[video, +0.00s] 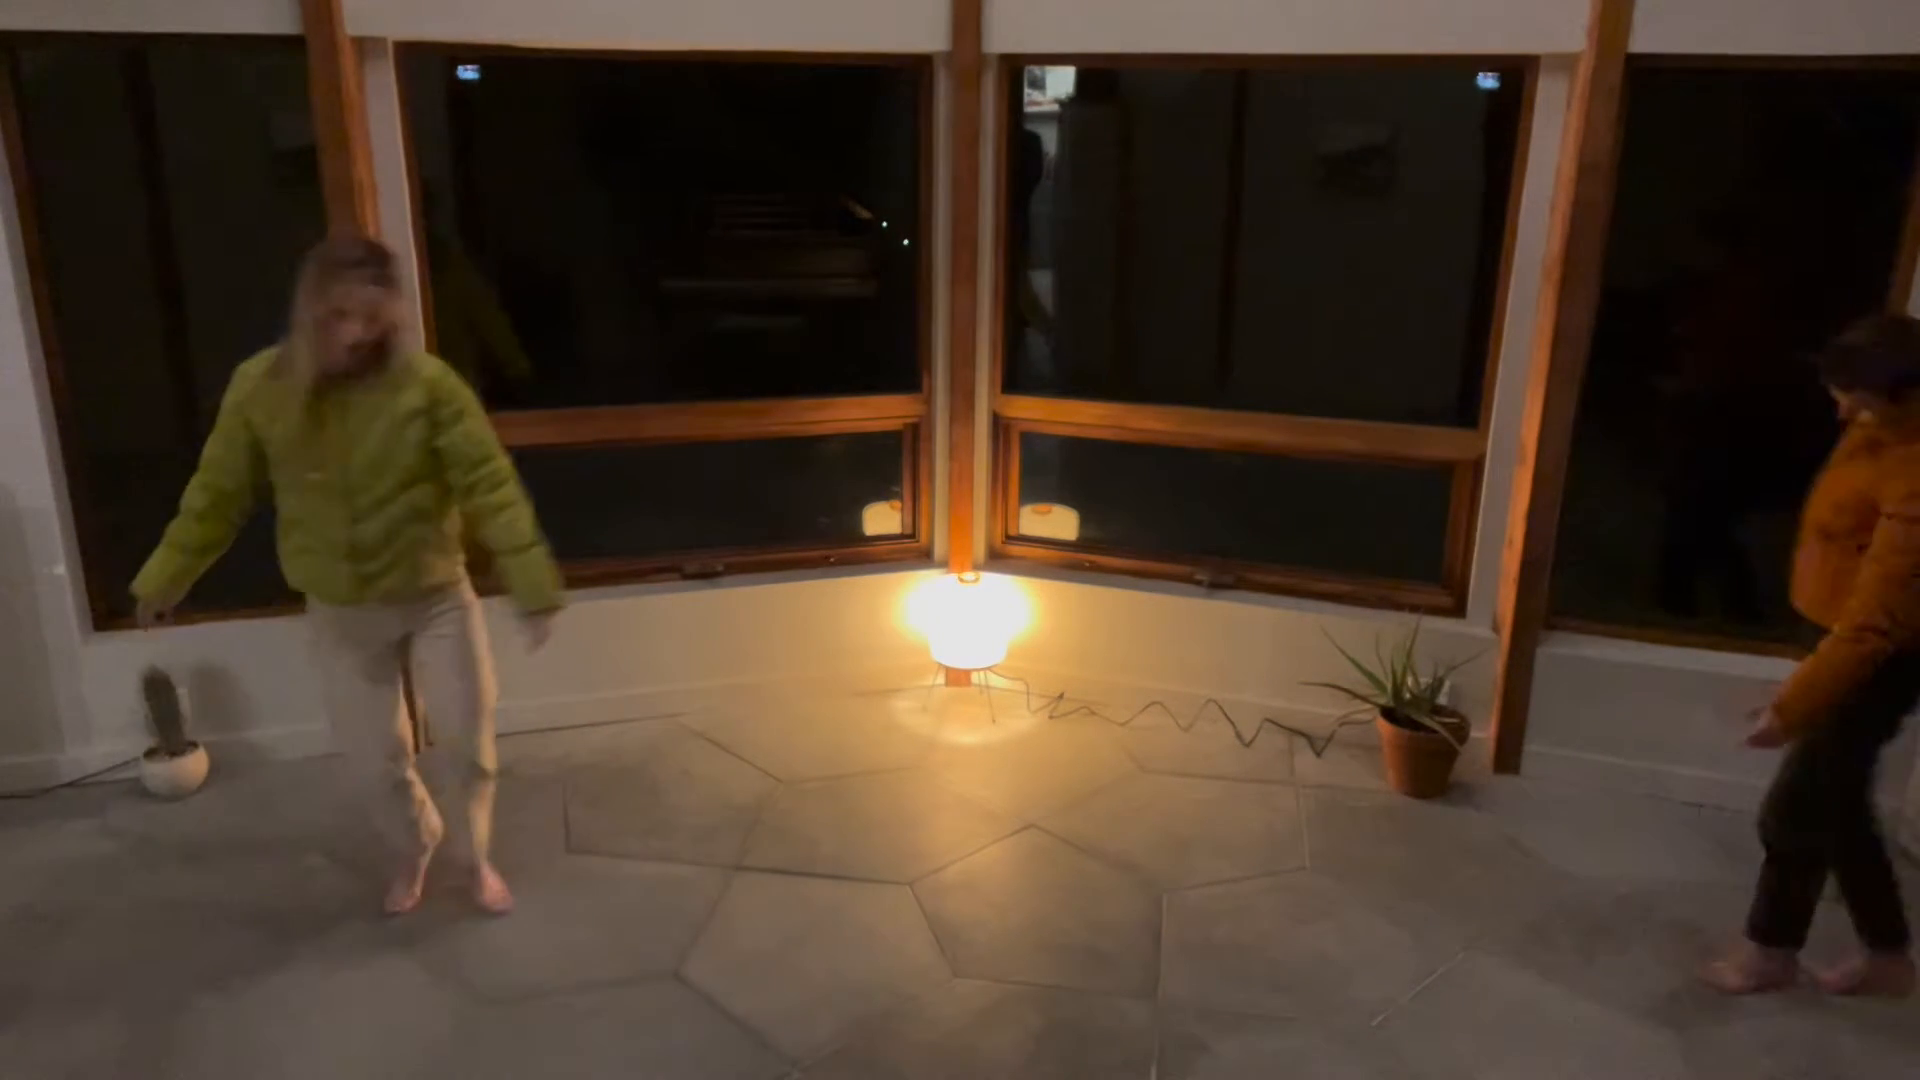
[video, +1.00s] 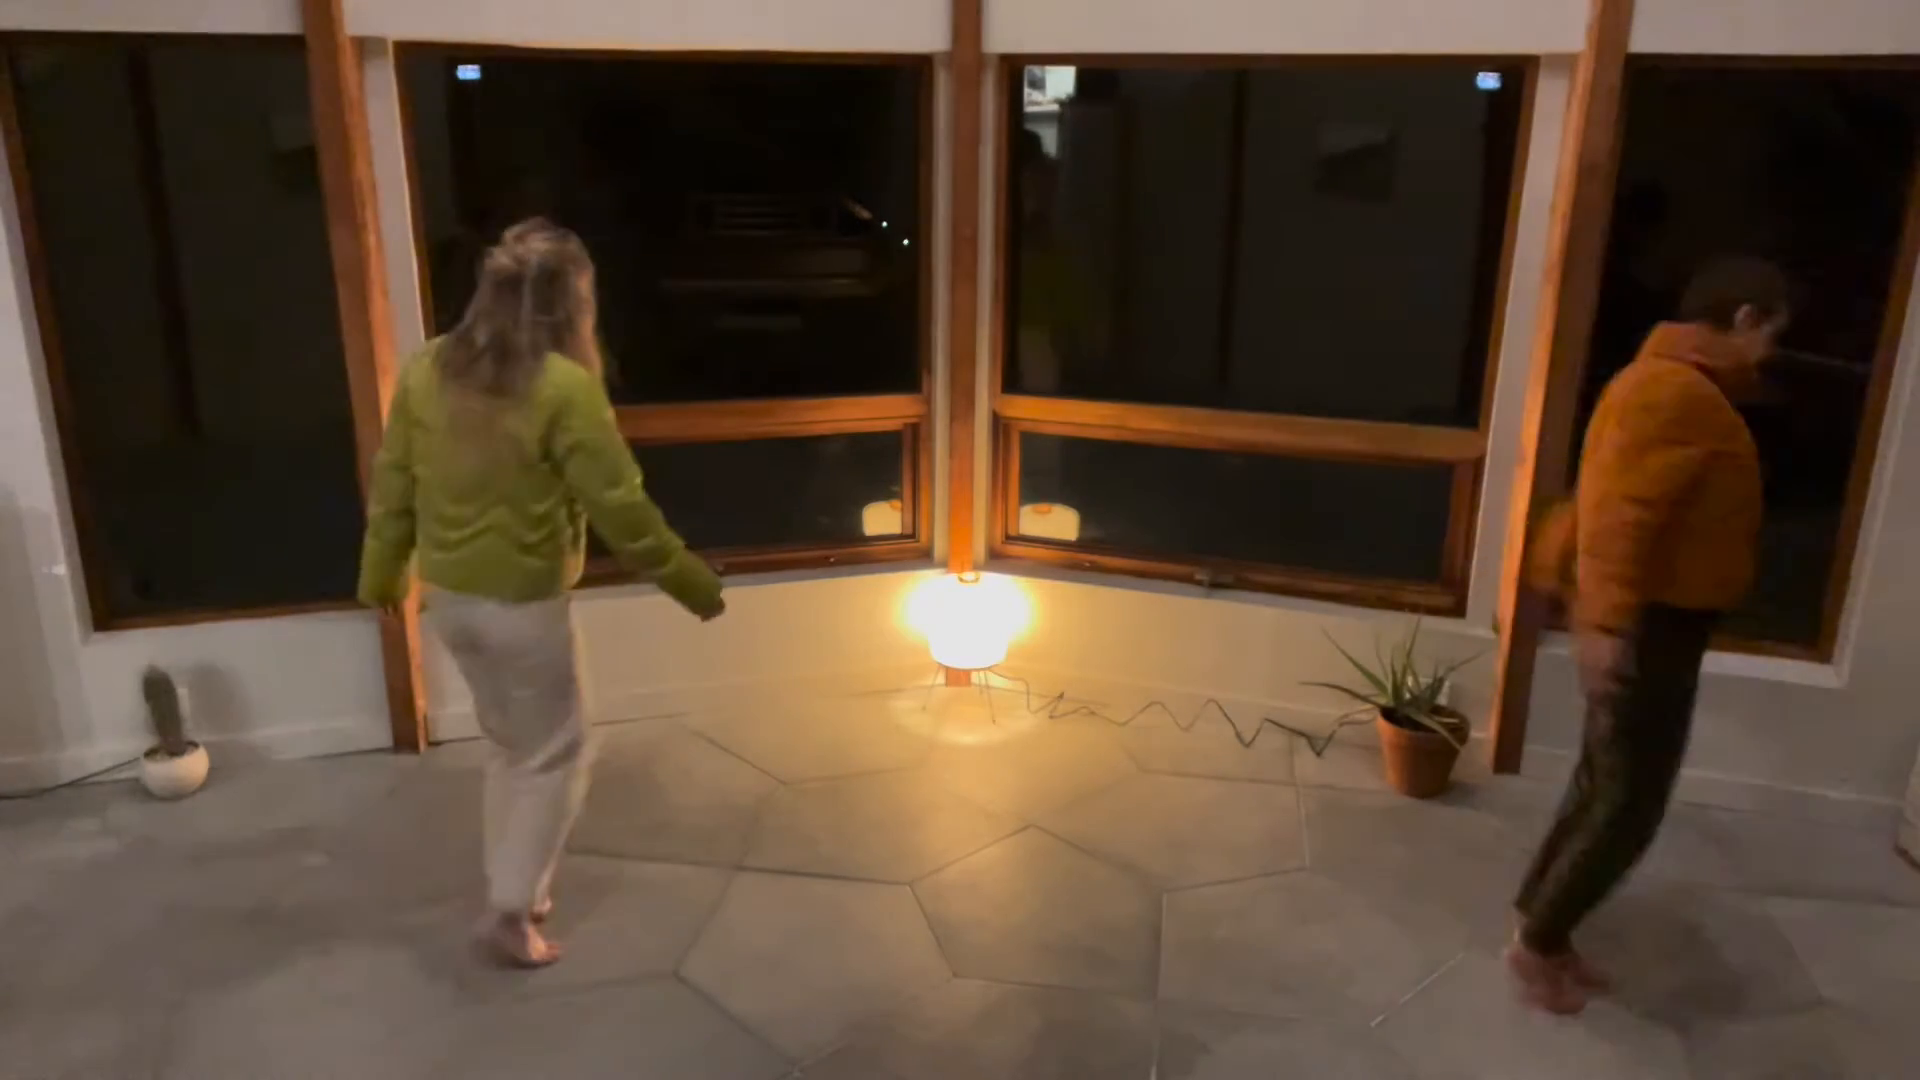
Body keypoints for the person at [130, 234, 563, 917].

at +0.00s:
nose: (353, 333)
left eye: (369, 317)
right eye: (337, 315)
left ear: (391, 317)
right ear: (308, 314)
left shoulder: (426, 387)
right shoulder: (263, 390)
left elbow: (489, 484)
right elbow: (215, 493)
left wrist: (534, 584)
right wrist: (162, 579)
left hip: (439, 597)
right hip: (342, 609)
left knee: (469, 743)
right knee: (371, 756)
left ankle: (476, 855)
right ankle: (417, 841)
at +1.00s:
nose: (592, 311)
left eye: (590, 298)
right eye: (587, 298)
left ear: (492, 292)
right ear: (565, 305)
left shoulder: (427, 368)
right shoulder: (565, 386)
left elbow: (393, 487)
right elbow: (619, 507)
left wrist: (378, 579)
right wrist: (693, 583)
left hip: (448, 601)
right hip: (523, 608)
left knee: (509, 747)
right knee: (554, 750)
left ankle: (513, 893)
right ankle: (513, 914)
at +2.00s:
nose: (715, 297)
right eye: (708, 284)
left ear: (631, 273)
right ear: (698, 291)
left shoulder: (564, 333)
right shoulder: (701, 356)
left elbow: (468, 343)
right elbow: (726, 462)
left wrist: (454, 246)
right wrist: (793, 501)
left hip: (584, 553)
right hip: (665, 555)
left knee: (596, 681)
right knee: (664, 686)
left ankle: (604, 806)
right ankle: (665, 821)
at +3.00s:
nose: (730, 306)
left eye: (739, 294)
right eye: (719, 294)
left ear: (749, 285)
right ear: (686, 284)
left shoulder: (765, 320)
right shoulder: (649, 345)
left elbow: (848, 324)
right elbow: (608, 443)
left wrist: (928, 298)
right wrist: (625, 364)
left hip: (752, 528)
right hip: (686, 539)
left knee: (770, 660)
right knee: (714, 664)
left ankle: (740, 758)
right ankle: (692, 782)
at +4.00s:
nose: (688, 262)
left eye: (704, 266)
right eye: (703, 255)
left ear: (721, 308)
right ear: (719, 309)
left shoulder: (683, 391)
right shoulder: (706, 372)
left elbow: (656, 513)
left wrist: (582, 599)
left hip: (726, 587)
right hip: (711, 582)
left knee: (711, 736)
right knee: (684, 720)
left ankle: (770, 877)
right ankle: (762, 821)